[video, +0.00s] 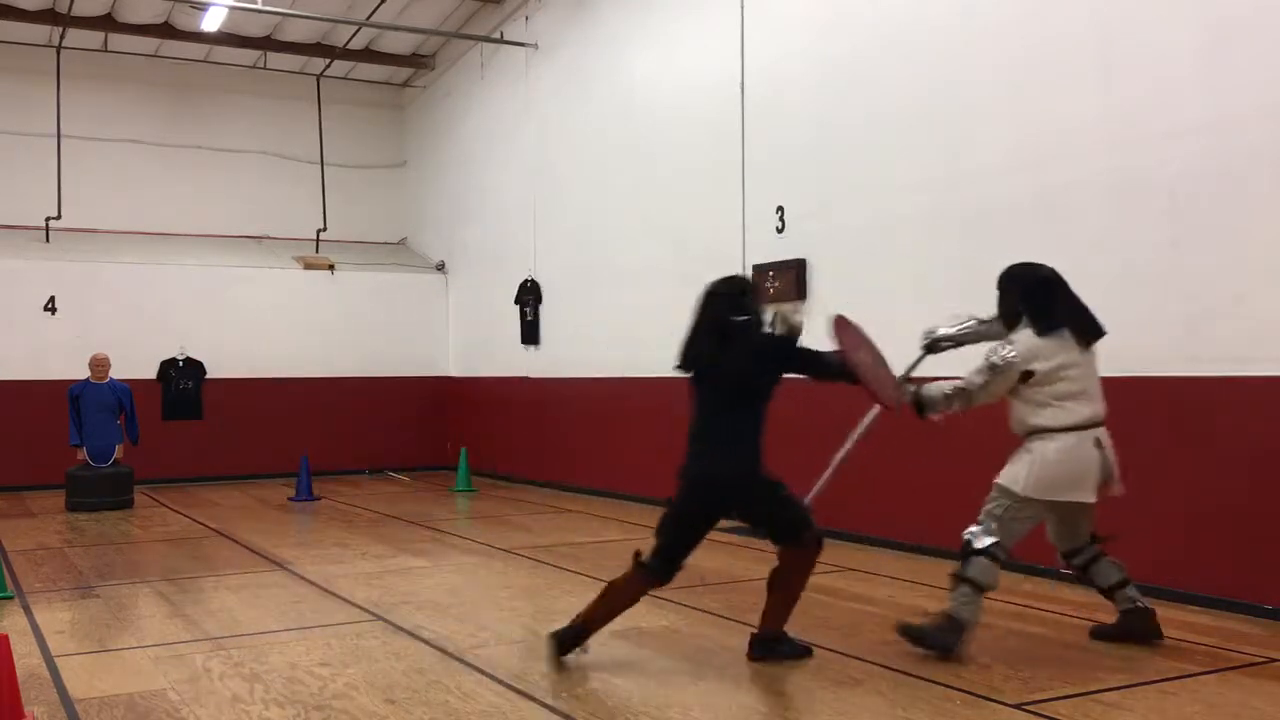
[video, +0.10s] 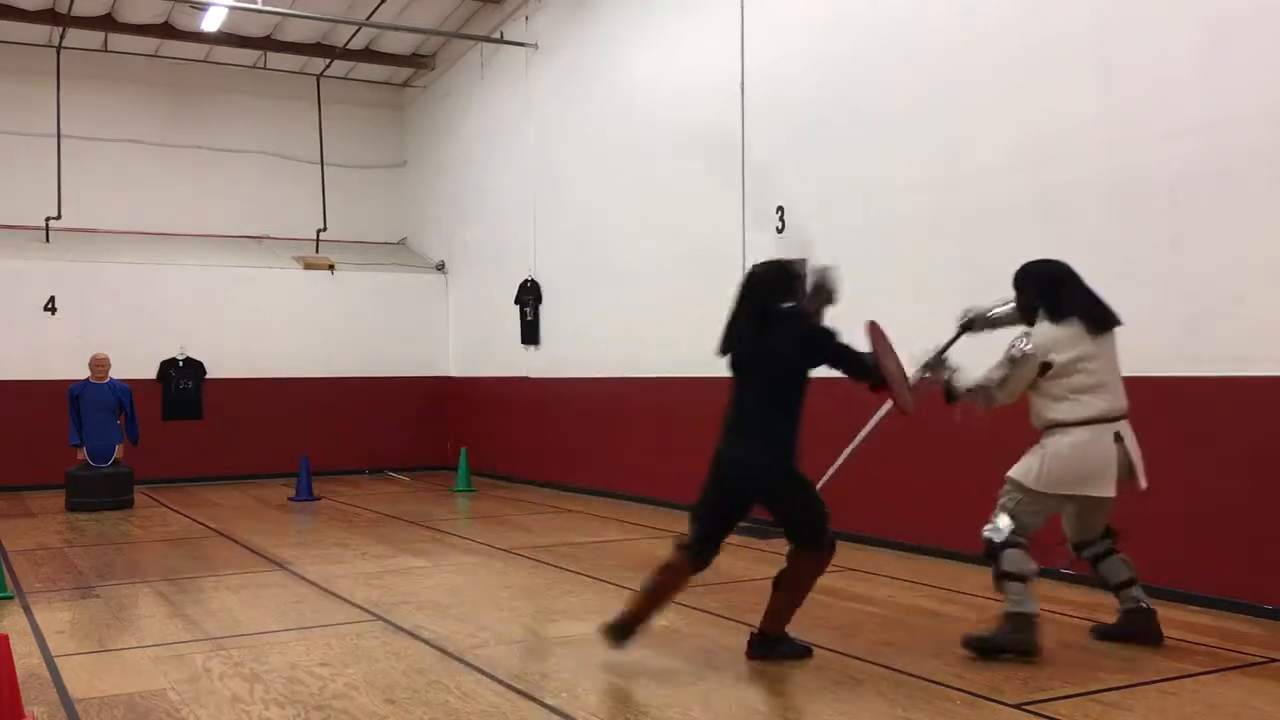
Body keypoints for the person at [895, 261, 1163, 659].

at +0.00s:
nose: (999, 305)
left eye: (1004, 298)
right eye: (1000, 297)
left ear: (1020, 303)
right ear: (1052, 297)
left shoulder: (1019, 349)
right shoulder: (1075, 333)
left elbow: (971, 390)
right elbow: (1008, 323)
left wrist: (920, 397)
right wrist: (955, 336)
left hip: (1047, 455)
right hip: (1089, 450)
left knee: (987, 536)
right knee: (1076, 545)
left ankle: (954, 624)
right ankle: (1135, 611)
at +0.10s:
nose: (1019, 302)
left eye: (1022, 296)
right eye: (1019, 296)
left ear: (1037, 298)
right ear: (1068, 289)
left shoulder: (1036, 341)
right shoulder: (1097, 322)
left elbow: (995, 389)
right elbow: (1037, 308)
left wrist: (952, 377)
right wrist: (987, 317)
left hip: (1066, 449)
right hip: (1113, 444)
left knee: (1003, 531)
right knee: (1089, 536)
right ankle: (1138, 613)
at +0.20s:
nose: (1044, 299)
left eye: (1045, 293)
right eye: (1042, 293)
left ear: (1056, 291)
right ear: (1090, 279)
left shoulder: (1051, 325)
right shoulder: (1119, 314)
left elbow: (1008, 375)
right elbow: (1074, 304)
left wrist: (978, 338)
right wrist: (1027, 288)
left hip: (1074, 442)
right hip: (1123, 439)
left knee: (1025, 531)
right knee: (1100, 529)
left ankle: (1053, 623)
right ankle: (1141, 614)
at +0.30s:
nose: (1060, 291)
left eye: (1062, 286)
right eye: (1059, 287)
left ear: (1070, 284)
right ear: (1108, 279)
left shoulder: (1065, 314)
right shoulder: (1129, 314)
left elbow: (1012, 349)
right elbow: (1075, 309)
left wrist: (998, 300)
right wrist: (1047, 269)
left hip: (1079, 435)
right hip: (1128, 434)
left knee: (1034, 530)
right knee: (1109, 528)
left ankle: (1053, 622)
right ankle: (1142, 615)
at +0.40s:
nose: (1062, 289)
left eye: (1064, 282)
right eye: (1063, 283)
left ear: (1071, 281)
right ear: (1111, 280)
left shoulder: (1071, 310)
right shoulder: (1132, 314)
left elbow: (1012, 319)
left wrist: (1026, 271)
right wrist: (1067, 259)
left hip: (1082, 433)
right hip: (1131, 435)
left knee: (1036, 525)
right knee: (1111, 525)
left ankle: (1053, 623)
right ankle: (1142, 614)